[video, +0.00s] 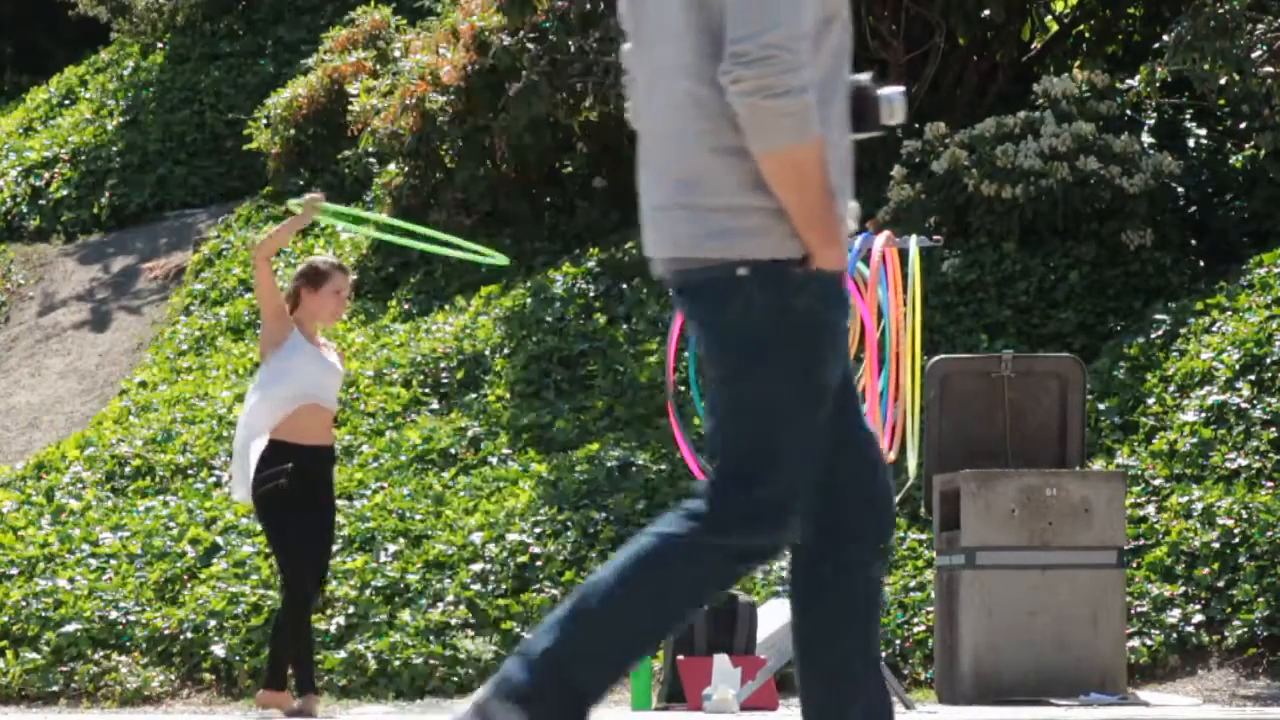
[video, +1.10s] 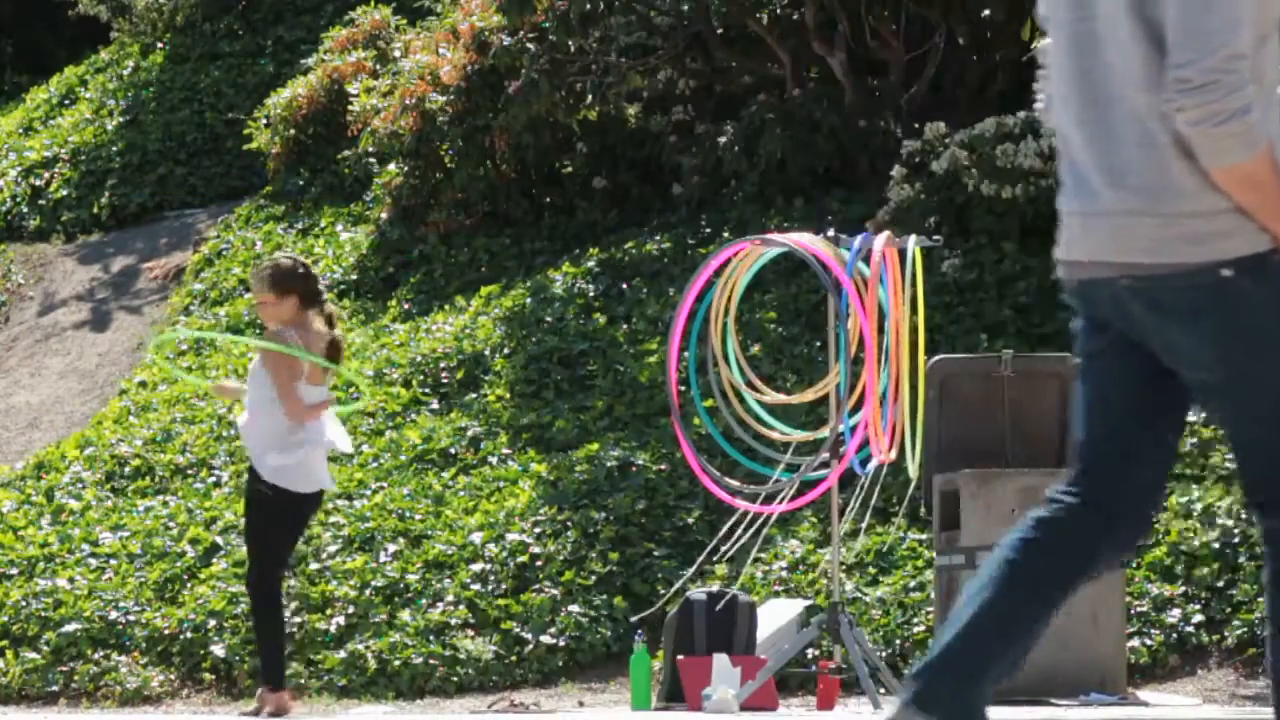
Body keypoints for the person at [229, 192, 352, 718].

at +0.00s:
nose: (343, 303)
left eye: (347, 295)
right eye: (337, 293)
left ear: (334, 302)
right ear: (306, 293)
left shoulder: (330, 349)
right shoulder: (278, 329)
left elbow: (318, 412)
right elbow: (260, 254)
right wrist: (303, 217)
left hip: (321, 467)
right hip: (281, 464)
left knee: (307, 583)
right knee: (298, 582)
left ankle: (274, 686)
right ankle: (306, 693)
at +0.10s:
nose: (345, 302)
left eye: (345, 294)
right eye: (339, 293)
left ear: (317, 298)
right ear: (308, 294)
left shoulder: (317, 348)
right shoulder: (280, 335)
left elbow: (288, 416)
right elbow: (268, 257)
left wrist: (237, 455)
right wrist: (318, 223)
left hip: (312, 467)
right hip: (283, 464)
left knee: (304, 585)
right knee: (300, 583)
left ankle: (302, 693)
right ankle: (279, 694)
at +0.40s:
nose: (325, 296)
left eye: (324, 288)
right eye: (318, 287)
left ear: (283, 292)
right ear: (297, 290)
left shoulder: (271, 336)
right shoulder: (287, 324)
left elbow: (232, 392)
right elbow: (333, 283)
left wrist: (233, 414)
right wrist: (369, 254)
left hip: (264, 474)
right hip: (292, 473)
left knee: (280, 587)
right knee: (314, 585)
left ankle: (270, 695)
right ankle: (317, 692)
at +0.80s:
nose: (253, 302)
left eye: (254, 295)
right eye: (254, 295)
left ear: (262, 300)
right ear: (302, 296)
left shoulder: (249, 350)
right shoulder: (329, 338)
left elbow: (231, 406)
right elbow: (365, 349)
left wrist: (300, 411)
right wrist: (335, 321)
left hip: (249, 478)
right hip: (305, 478)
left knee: (261, 588)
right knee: (298, 586)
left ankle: (267, 694)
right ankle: (314, 689)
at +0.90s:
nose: (257, 310)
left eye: (260, 302)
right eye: (257, 301)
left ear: (276, 303)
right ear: (300, 301)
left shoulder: (255, 352)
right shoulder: (331, 347)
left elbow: (251, 412)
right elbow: (346, 376)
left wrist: (308, 414)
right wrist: (334, 343)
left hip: (254, 477)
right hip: (308, 481)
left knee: (261, 585)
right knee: (282, 579)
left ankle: (267, 694)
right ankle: (306, 684)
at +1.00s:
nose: (256, 308)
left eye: (261, 300)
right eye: (255, 300)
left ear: (284, 300)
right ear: (297, 300)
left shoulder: (263, 347)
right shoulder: (334, 340)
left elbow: (273, 412)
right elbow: (333, 391)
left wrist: (325, 409)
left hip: (263, 473)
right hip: (312, 473)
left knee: (263, 581)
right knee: (274, 579)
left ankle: (269, 689)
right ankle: (292, 681)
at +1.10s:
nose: (258, 310)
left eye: (265, 302)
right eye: (257, 302)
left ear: (292, 300)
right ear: (295, 302)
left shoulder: (277, 343)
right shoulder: (317, 336)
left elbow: (295, 410)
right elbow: (284, 394)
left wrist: (328, 400)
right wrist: (240, 392)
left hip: (276, 481)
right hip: (305, 481)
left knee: (262, 582)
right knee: (267, 580)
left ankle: (274, 689)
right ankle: (274, 686)